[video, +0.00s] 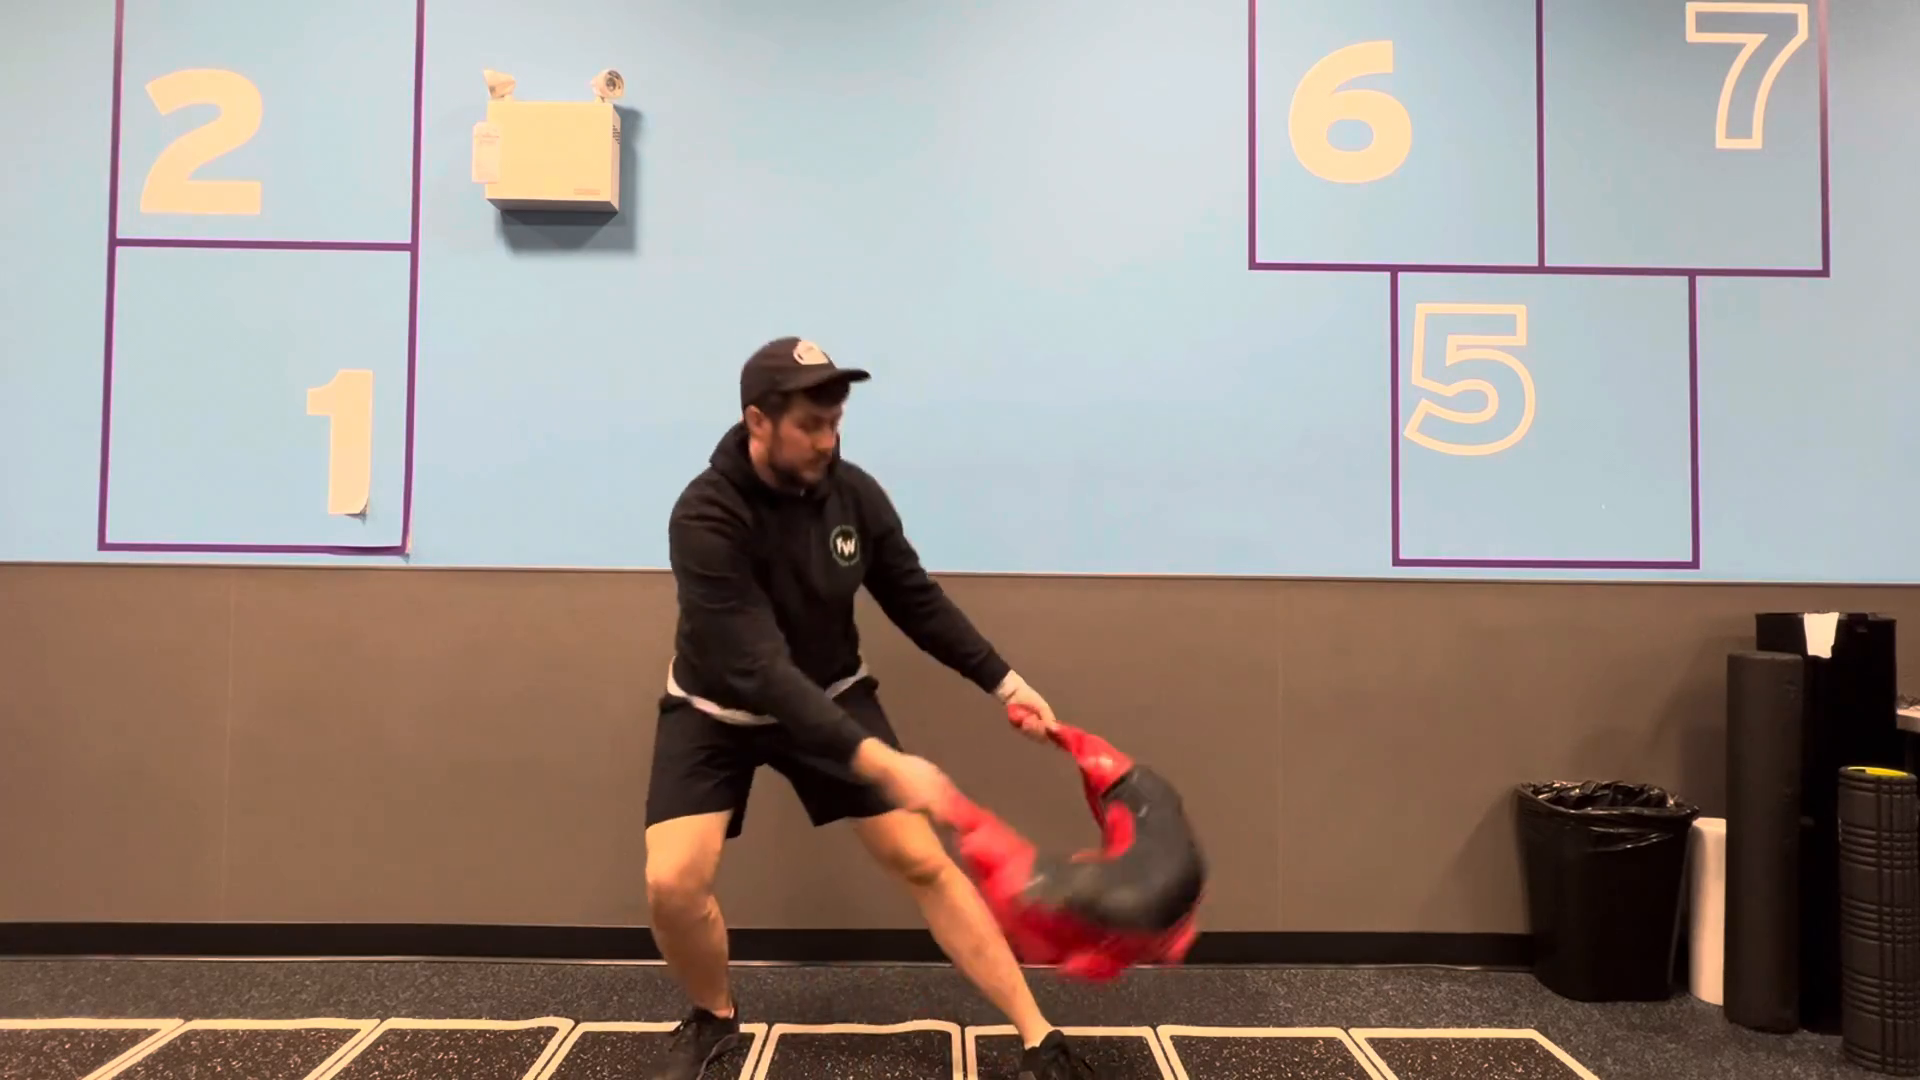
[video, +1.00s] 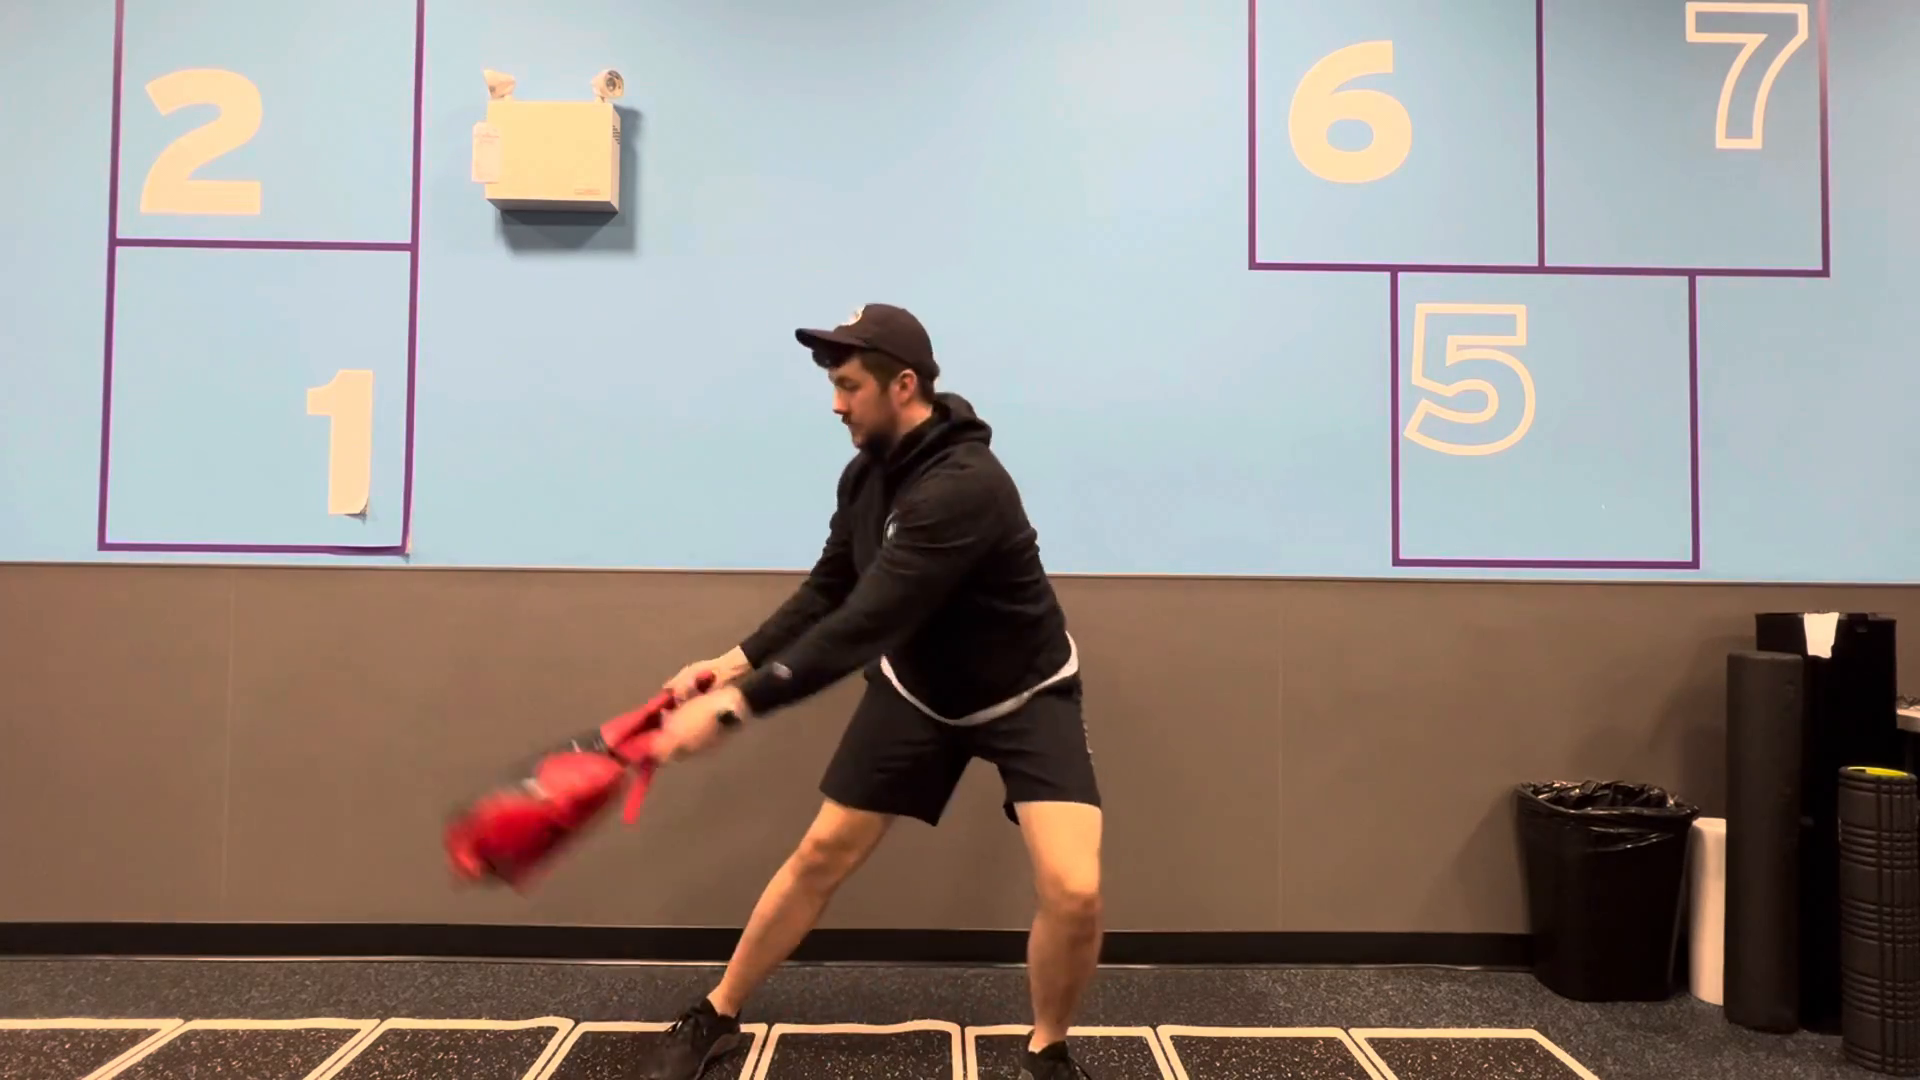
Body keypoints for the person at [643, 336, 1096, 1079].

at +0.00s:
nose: (827, 439)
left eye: (833, 420)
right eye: (810, 423)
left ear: (842, 416)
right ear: (757, 425)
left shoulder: (853, 497)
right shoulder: (707, 518)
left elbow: (916, 601)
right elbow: (761, 670)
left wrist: (1008, 684)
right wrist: (883, 762)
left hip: (832, 698)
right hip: (712, 708)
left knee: (922, 860)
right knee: (672, 885)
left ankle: (1040, 1039)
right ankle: (714, 1021)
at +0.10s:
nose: (797, 409)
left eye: (811, 390)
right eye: (777, 391)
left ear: (829, 388)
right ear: (743, 388)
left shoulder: (868, 471)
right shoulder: (701, 499)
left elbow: (929, 588)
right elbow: (733, 646)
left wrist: (998, 690)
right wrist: (786, 765)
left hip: (855, 682)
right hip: (736, 691)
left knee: (940, 850)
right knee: (687, 865)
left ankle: (1030, 1029)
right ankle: (714, 1016)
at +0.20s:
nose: (764, 378)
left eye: (783, 361)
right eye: (755, 360)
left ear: (830, 363)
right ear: (745, 363)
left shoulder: (893, 453)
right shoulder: (722, 470)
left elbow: (935, 588)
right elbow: (716, 613)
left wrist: (943, 721)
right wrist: (705, 744)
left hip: (889, 670)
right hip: (775, 677)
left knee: (967, 829)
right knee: (726, 836)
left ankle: (1040, 1034)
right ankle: (719, 1030)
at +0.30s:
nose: (770, 365)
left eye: (787, 350)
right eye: (768, 349)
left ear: (841, 354)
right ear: (776, 354)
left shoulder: (914, 452)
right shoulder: (769, 454)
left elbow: (904, 604)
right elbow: (743, 584)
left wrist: (844, 734)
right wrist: (680, 695)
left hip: (943, 650)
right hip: (831, 651)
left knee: (1008, 833)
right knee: (758, 823)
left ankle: (1044, 1041)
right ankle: (717, 1028)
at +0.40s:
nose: (793, 380)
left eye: (804, 363)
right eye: (793, 363)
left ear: (858, 366)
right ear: (844, 368)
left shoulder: (929, 468)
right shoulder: (824, 463)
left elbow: (852, 615)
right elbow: (784, 578)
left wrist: (735, 713)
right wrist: (694, 662)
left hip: (991, 673)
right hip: (878, 670)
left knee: (1052, 858)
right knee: (797, 840)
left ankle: (1048, 1046)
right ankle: (718, 1011)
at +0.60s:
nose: (818, 425)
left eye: (827, 408)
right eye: (818, 408)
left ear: (875, 412)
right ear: (867, 412)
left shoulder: (929, 501)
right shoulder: (868, 491)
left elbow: (801, 599)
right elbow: (804, 596)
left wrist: (635, 636)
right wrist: (688, 639)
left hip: (1036, 702)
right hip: (924, 696)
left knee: (1091, 898)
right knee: (829, 854)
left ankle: (1050, 1051)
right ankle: (716, 1014)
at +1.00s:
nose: (836, 403)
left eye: (850, 386)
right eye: (835, 386)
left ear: (906, 386)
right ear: (887, 389)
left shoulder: (962, 487)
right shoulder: (866, 476)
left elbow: (866, 624)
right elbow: (828, 588)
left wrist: (735, 703)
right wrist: (734, 661)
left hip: (1026, 692)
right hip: (911, 689)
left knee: (1076, 891)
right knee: (820, 855)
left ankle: (1048, 1050)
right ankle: (715, 1016)